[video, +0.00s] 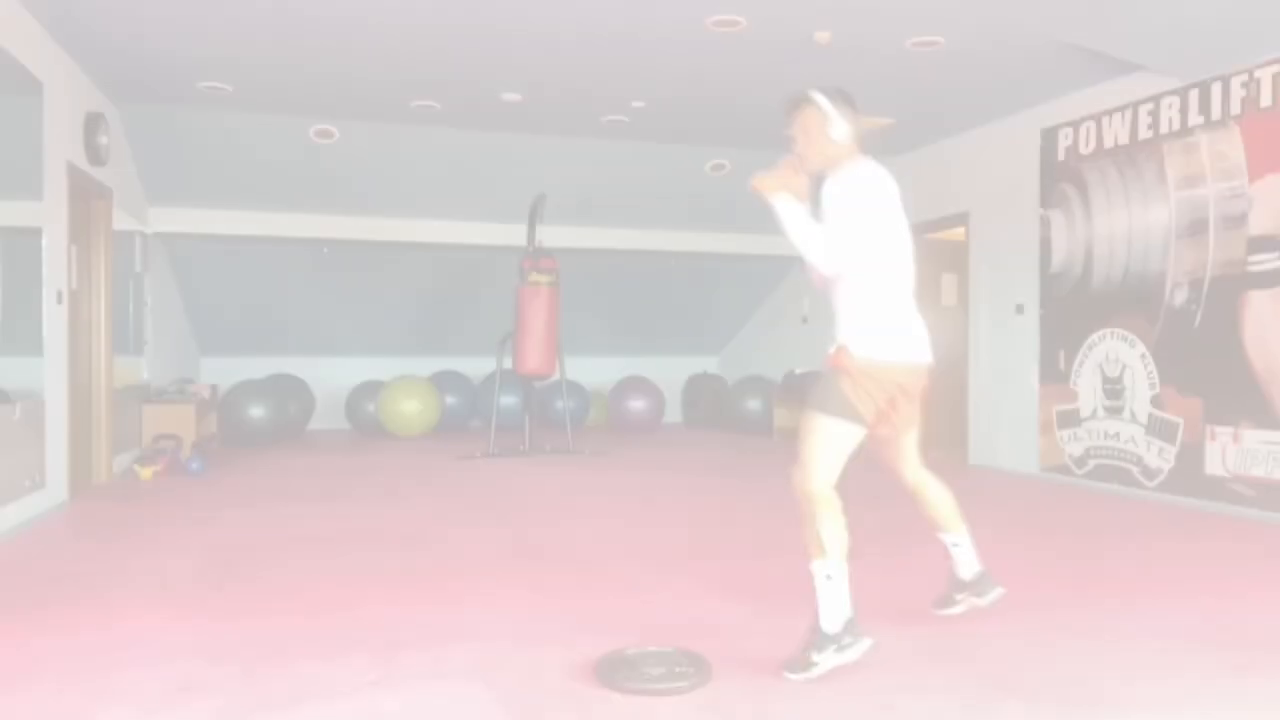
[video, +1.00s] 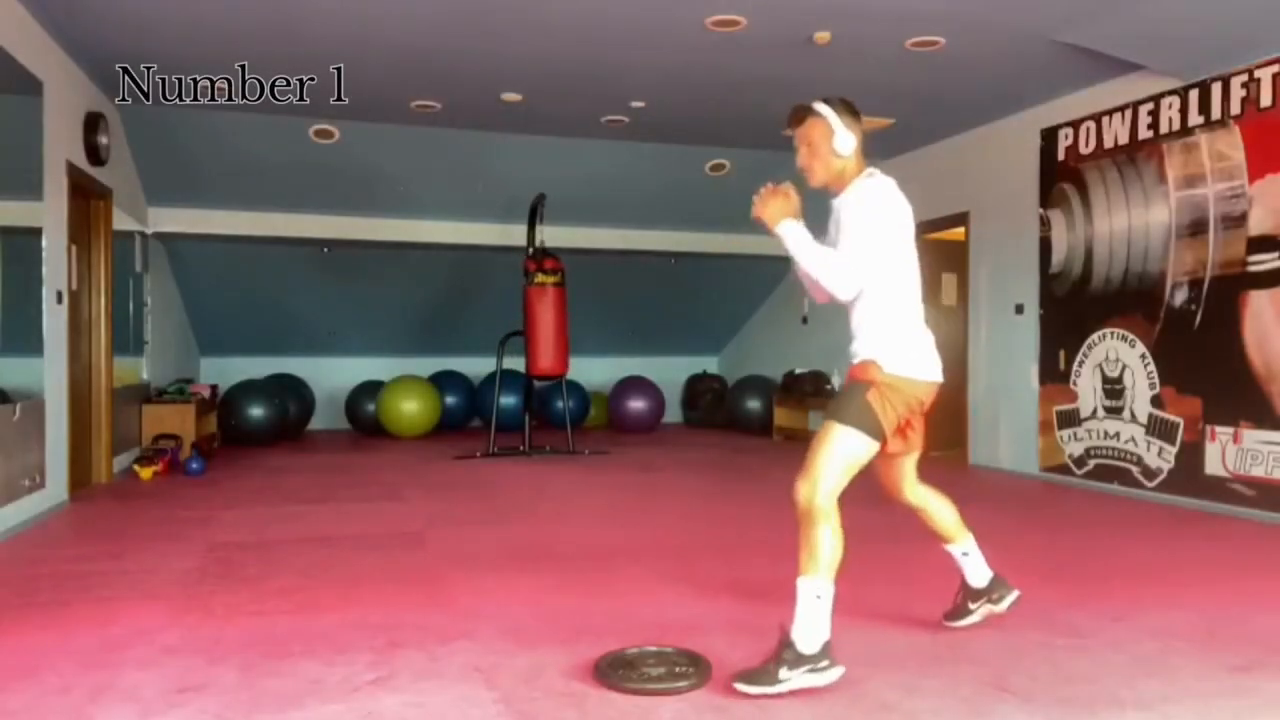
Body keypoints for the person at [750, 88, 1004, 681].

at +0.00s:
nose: (795, 146)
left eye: (801, 133)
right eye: (794, 134)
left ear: (830, 130)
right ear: (847, 131)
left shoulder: (845, 183)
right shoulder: (877, 180)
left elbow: (829, 262)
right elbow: (863, 264)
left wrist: (784, 201)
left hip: (866, 355)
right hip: (907, 353)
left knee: (813, 480)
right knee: (911, 467)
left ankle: (837, 627)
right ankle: (973, 576)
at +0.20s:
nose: (775, 182)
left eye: (781, 170)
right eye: (775, 169)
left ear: (813, 173)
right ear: (829, 174)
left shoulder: (822, 226)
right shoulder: (863, 223)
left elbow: (799, 307)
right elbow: (827, 302)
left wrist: (755, 243)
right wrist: (780, 246)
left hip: (836, 398)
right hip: (884, 399)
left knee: (766, 516)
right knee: (883, 503)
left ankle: (793, 670)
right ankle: (966, 607)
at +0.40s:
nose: (788, 178)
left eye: (794, 166)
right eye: (787, 166)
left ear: (821, 166)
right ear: (841, 167)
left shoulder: (836, 218)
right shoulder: (874, 216)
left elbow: (810, 297)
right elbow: (834, 297)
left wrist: (762, 239)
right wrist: (790, 240)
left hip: (853, 389)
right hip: (899, 389)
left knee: (780, 510)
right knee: (894, 493)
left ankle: (793, 667)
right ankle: (974, 599)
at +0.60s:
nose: (821, 181)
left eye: (826, 169)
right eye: (820, 169)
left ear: (854, 169)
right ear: (871, 169)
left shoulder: (871, 213)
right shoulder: (908, 209)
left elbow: (853, 292)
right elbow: (874, 292)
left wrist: (805, 231)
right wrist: (832, 239)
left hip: (903, 381)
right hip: (947, 383)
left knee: (814, 485)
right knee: (937, 491)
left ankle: (844, 625)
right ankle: (1002, 600)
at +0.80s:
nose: (833, 199)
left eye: (839, 186)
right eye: (831, 187)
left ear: (871, 187)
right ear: (879, 189)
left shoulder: (885, 234)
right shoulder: (914, 230)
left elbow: (872, 316)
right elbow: (886, 310)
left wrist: (817, 260)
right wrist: (840, 261)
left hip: (915, 405)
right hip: (953, 404)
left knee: (821, 499)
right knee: (938, 505)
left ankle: (878, 633)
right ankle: (1008, 612)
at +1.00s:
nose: (800, 159)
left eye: (807, 145)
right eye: (797, 147)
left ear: (841, 143)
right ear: (842, 148)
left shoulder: (864, 199)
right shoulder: (877, 196)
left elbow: (842, 282)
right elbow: (827, 289)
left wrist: (788, 225)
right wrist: (792, 232)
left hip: (888, 368)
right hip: (911, 368)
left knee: (815, 491)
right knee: (904, 483)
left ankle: (808, 649)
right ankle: (985, 584)